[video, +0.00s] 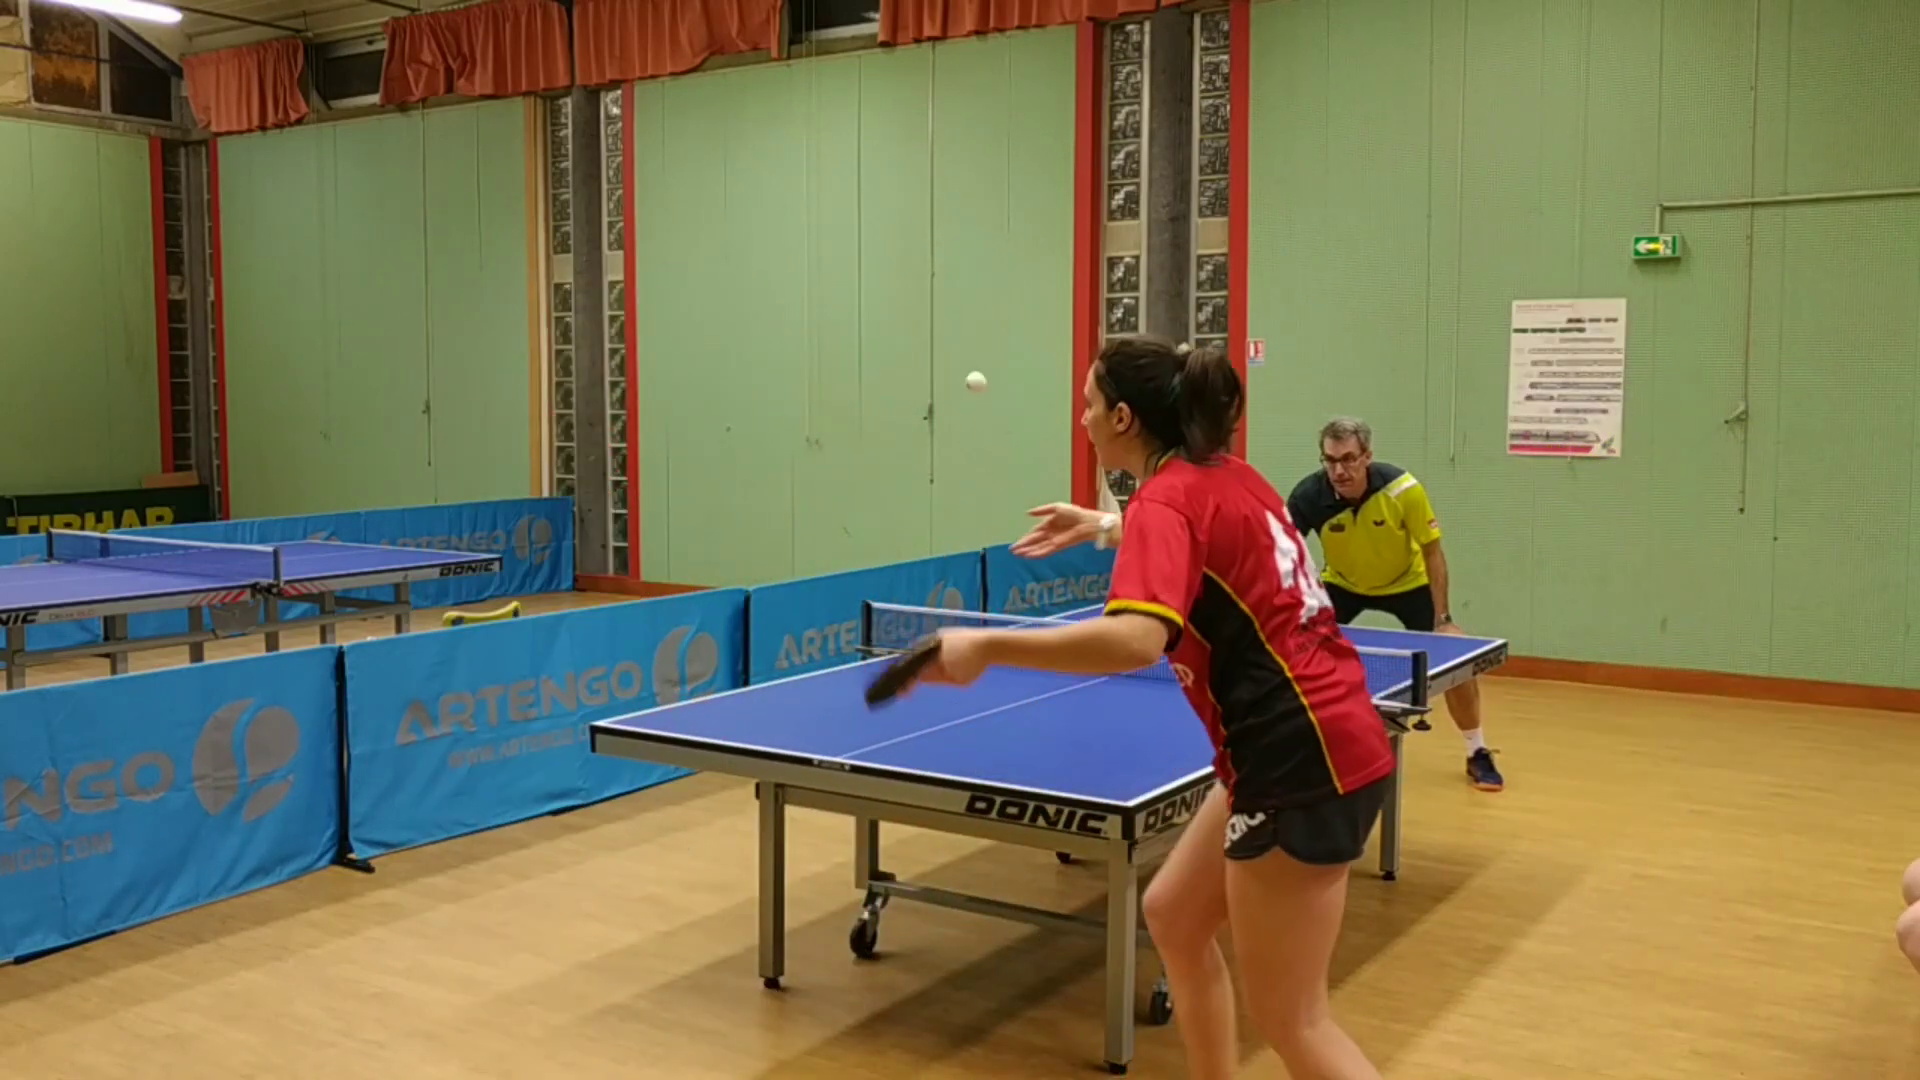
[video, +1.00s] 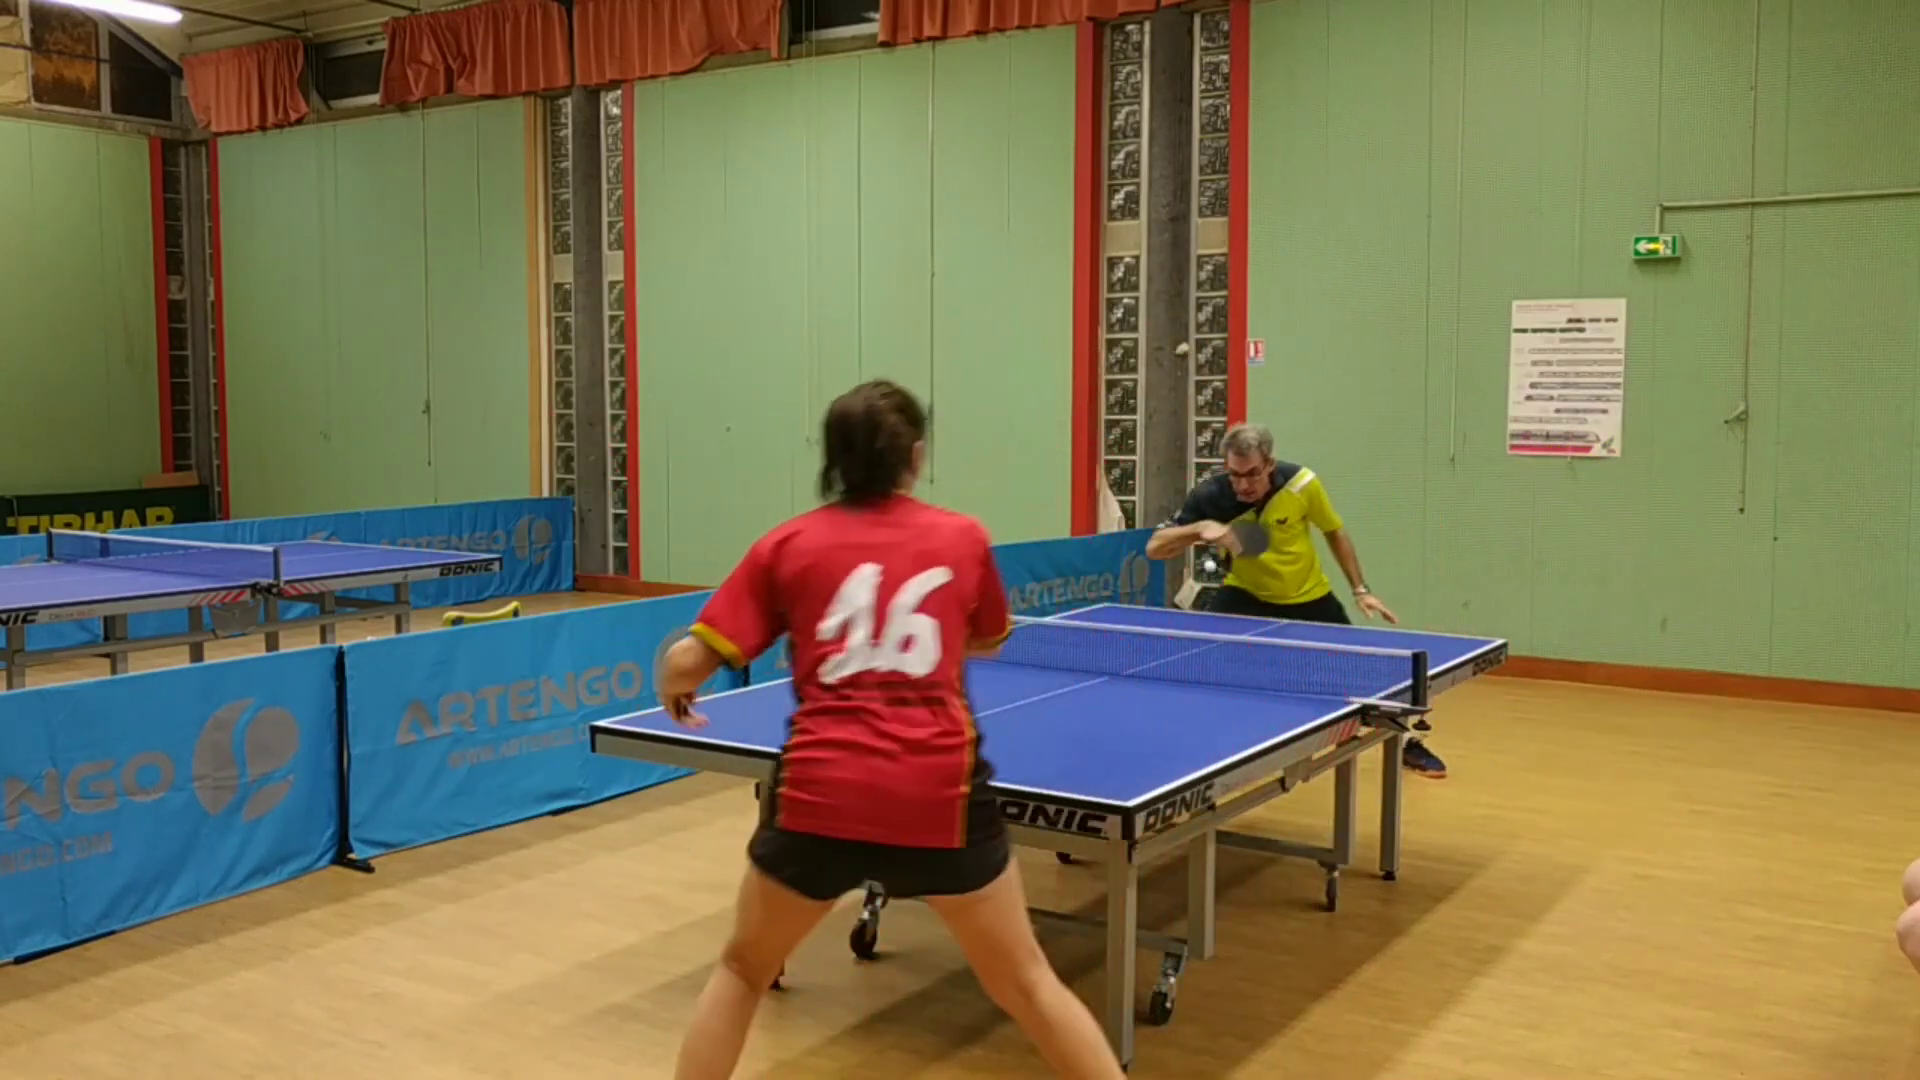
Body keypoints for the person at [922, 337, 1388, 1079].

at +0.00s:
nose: (1084, 416)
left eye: (1089, 403)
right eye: (1086, 401)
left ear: (1119, 418)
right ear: (1164, 417)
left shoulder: (1167, 499)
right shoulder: (1236, 476)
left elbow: (1137, 637)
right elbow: (1213, 552)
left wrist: (988, 645)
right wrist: (1108, 523)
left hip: (1305, 764)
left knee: (1292, 1020)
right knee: (1175, 912)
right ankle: (1218, 1072)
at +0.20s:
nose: (1068, 444)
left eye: (1072, 426)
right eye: (1067, 426)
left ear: (1108, 428)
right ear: (1130, 424)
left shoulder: (1156, 499)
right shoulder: (1228, 476)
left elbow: (1154, 622)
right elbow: (1238, 555)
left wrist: (1003, 622)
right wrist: (1131, 532)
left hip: (1296, 765)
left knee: (1290, 1026)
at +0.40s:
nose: (1028, 457)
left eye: (1026, 442)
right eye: (1025, 443)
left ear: (1043, 440)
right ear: (1119, 428)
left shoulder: (1074, 506)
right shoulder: (1183, 485)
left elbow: (1088, 636)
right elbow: (1234, 601)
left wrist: (1081, 707)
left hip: (1228, 775)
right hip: (1284, 753)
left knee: (1266, 1021)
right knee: (1162, 923)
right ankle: (1189, 1073)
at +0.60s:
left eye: (1016, 391)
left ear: (1015, 402)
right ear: (1089, 396)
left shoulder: (1003, 483)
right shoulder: (1136, 468)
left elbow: (934, 598)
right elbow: (1156, 596)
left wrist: (854, 710)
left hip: (1112, 750)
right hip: (1199, 734)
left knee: (1059, 956)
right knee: (1138, 941)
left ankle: (1196, 1068)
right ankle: (1170, 1071)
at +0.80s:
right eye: (1007, 387)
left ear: (937, 402)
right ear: (1013, 398)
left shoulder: (915, 482)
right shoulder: (1059, 473)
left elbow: (816, 586)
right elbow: (1093, 521)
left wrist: (690, 636)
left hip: (991, 747)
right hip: (1097, 739)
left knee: (868, 931)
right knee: (1099, 948)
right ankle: (1161, 1073)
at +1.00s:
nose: (924, 451)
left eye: (919, 441)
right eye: (922, 442)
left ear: (837, 455)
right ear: (914, 454)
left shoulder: (791, 545)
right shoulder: (961, 538)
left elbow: (691, 661)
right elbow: (989, 635)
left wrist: (674, 684)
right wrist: (898, 629)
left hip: (821, 802)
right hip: (940, 801)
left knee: (743, 972)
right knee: (1031, 985)